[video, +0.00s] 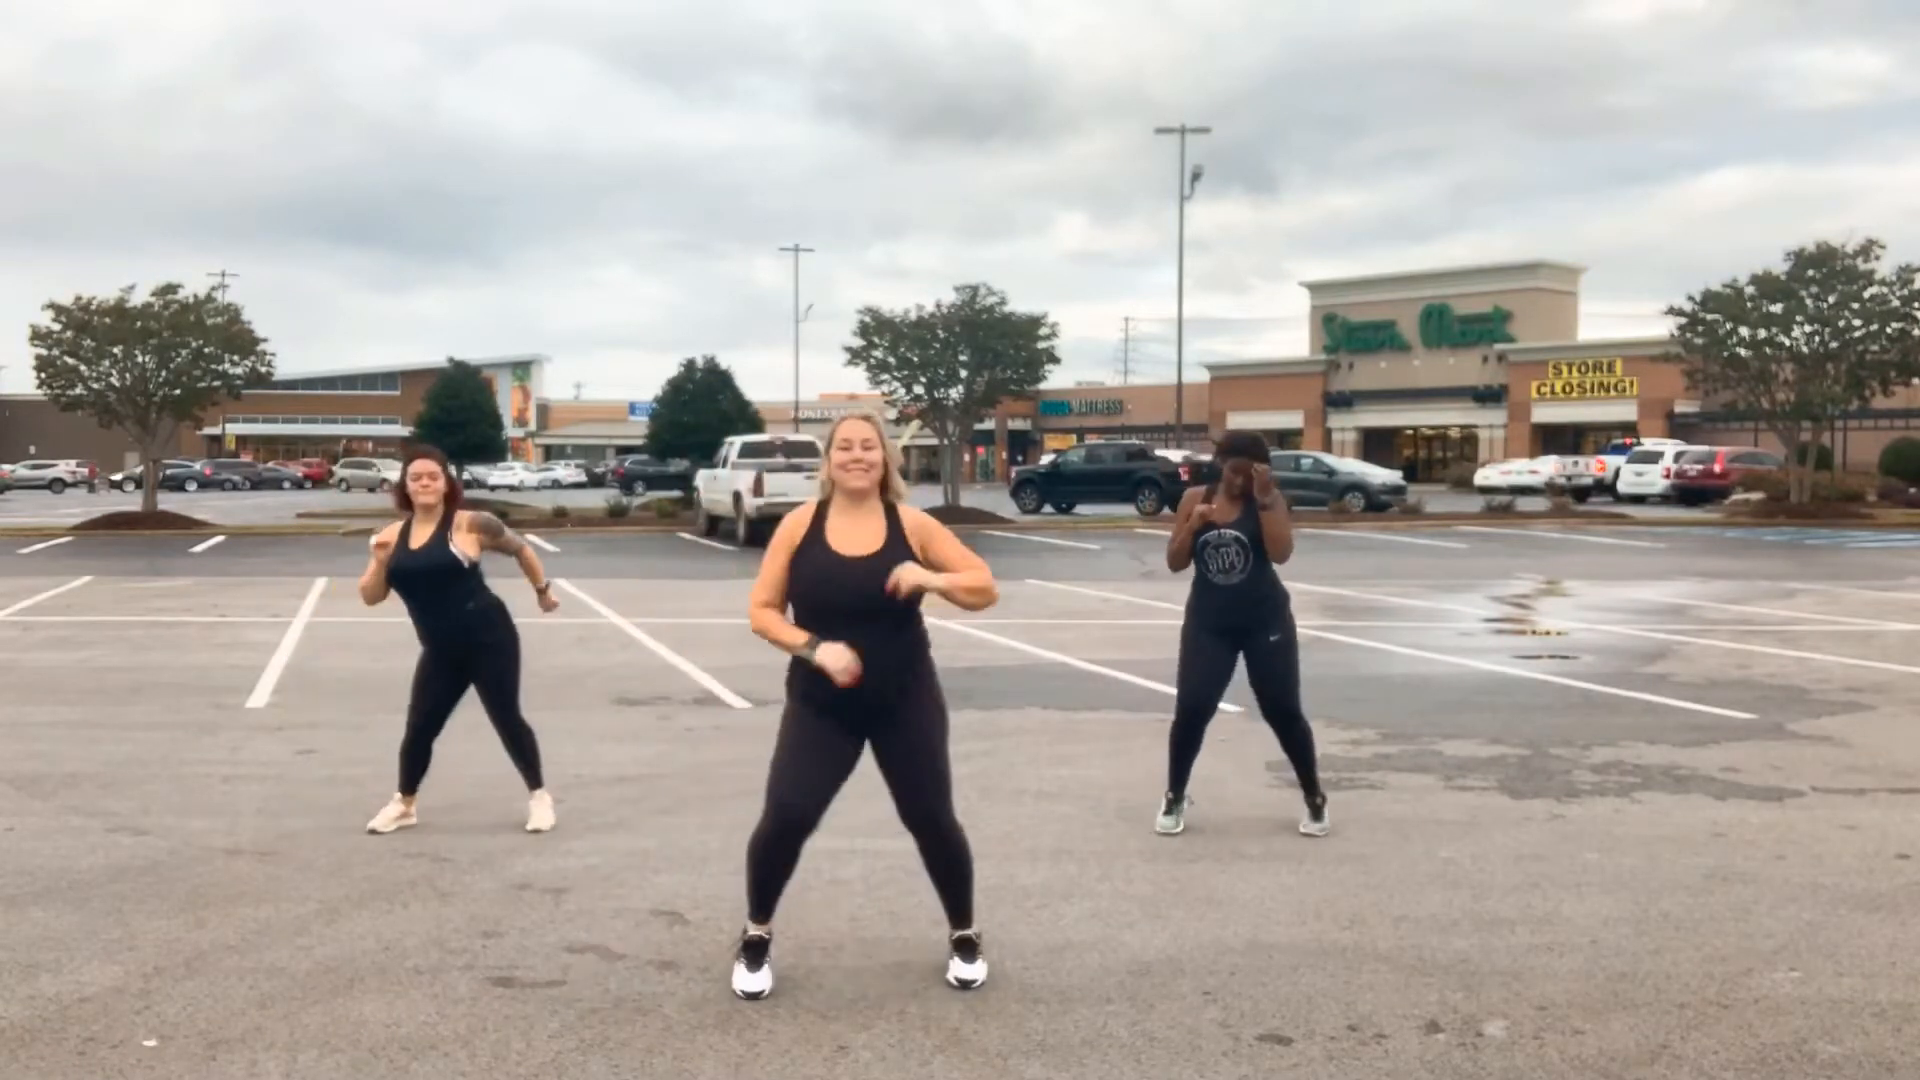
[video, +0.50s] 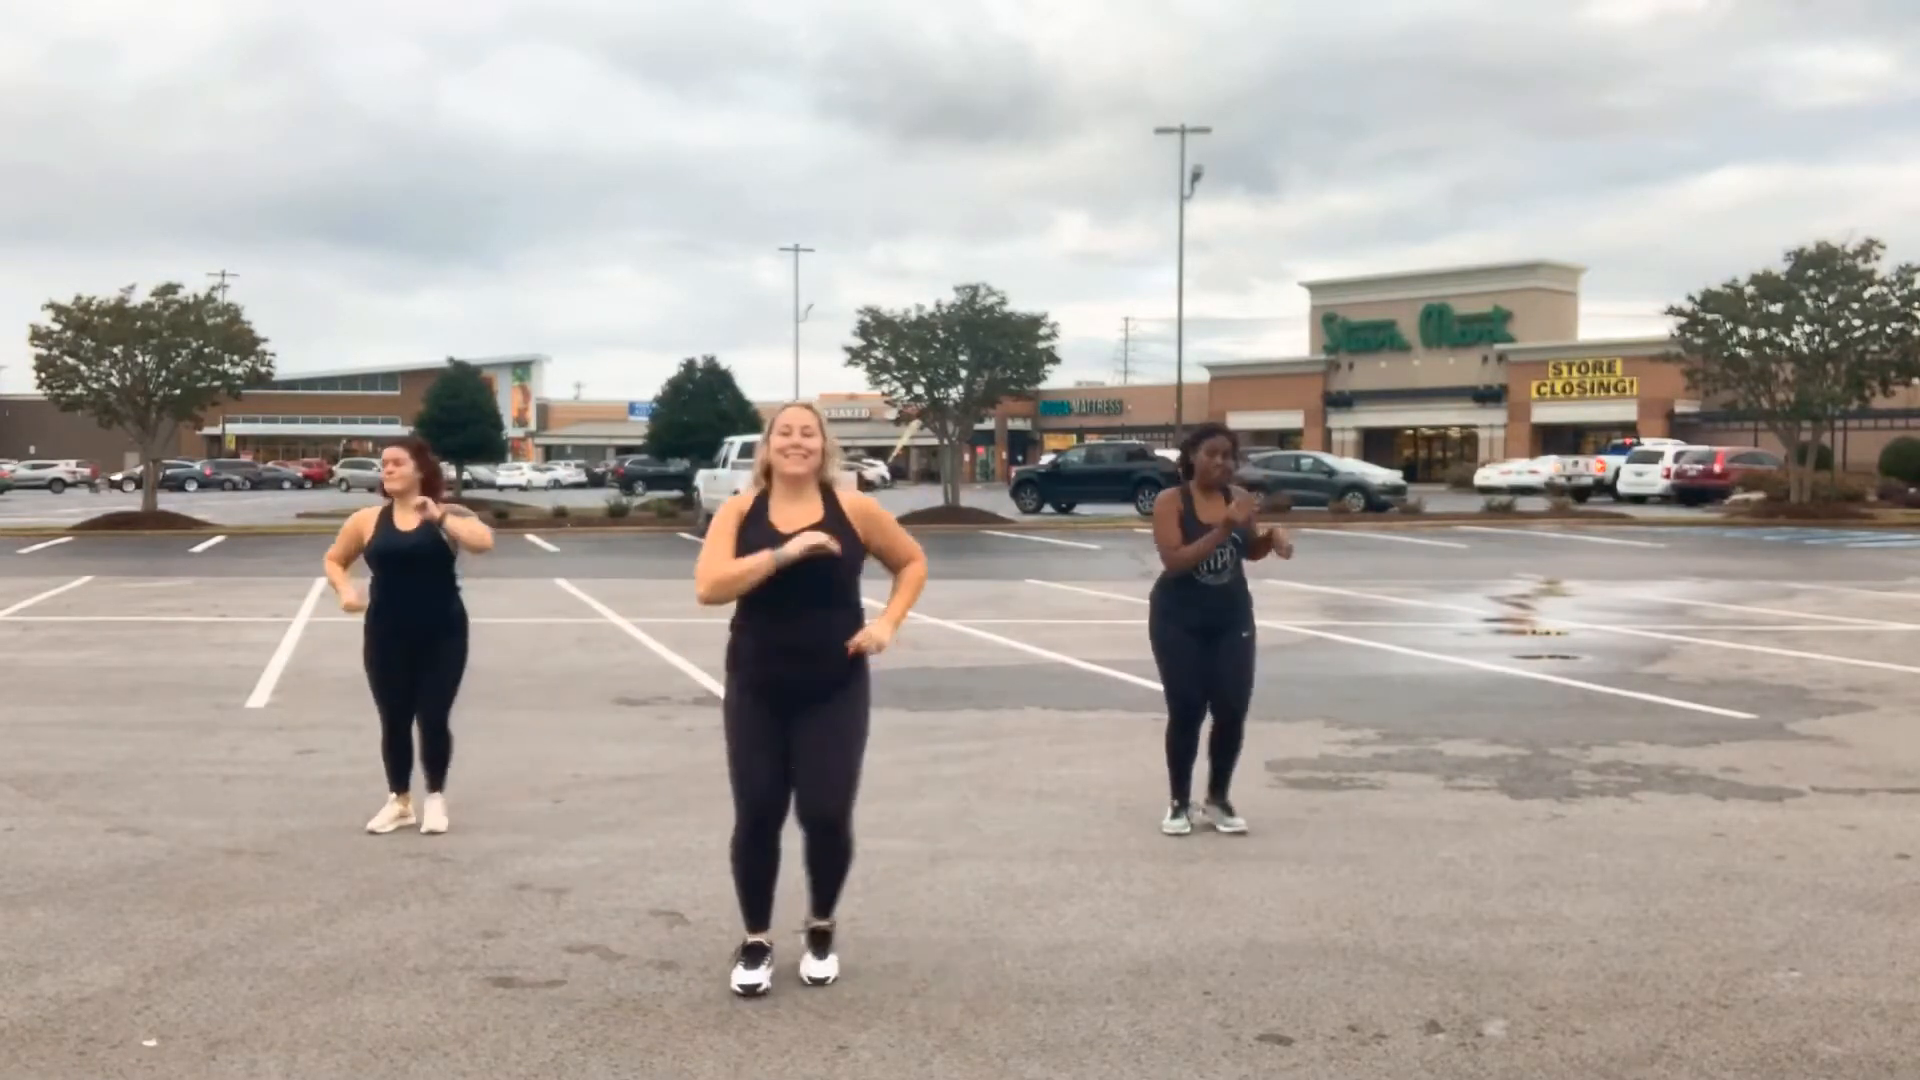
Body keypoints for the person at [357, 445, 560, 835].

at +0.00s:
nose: (424, 484)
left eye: (432, 477)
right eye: (416, 478)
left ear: (446, 485)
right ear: (405, 488)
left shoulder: (472, 524)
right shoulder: (392, 536)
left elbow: (520, 549)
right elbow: (371, 596)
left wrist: (543, 590)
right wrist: (380, 562)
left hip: (489, 639)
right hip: (441, 649)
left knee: (506, 718)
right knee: (419, 728)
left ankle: (539, 795)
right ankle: (404, 803)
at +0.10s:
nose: (422, 483)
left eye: (430, 476)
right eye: (414, 478)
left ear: (444, 484)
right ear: (403, 487)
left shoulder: (470, 528)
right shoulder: (390, 536)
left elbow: (517, 562)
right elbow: (376, 598)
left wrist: (535, 611)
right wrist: (382, 569)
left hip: (480, 638)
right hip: (430, 646)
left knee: (500, 718)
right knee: (408, 732)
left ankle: (537, 795)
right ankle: (402, 803)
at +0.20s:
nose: (416, 481)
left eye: (425, 474)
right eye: (408, 475)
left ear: (439, 481)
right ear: (398, 484)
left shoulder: (461, 527)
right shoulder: (382, 532)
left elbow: (500, 576)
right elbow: (364, 594)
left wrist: (506, 623)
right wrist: (375, 586)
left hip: (465, 640)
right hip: (411, 644)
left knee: (491, 721)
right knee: (396, 727)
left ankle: (534, 794)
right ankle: (400, 803)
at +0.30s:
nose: (410, 477)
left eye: (418, 470)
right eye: (402, 471)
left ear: (434, 477)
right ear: (393, 480)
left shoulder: (455, 526)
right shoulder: (372, 529)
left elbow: (488, 573)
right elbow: (345, 578)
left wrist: (469, 583)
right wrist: (359, 590)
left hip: (453, 640)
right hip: (397, 642)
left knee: (478, 718)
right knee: (394, 728)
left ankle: (519, 792)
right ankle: (399, 801)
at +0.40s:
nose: (397, 468)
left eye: (406, 462)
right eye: (391, 464)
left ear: (426, 469)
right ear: (385, 474)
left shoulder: (451, 517)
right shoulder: (368, 521)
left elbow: (488, 559)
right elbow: (334, 564)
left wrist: (453, 541)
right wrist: (348, 587)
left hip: (447, 632)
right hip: (392, 634)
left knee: (455, 713)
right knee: (396, 722)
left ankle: (472, 788)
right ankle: (400, 800)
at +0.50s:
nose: (387, 470)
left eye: (396, 463)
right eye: (384, 464)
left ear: (421, 469)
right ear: (381, 474)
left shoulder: (447, 516)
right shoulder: (366, 520)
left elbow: (485, 540)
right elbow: (333, 560)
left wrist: (443, 518)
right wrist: (345, 589)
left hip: (441, 633)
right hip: (387, 633)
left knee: (432, 717)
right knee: (395, 719)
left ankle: (435, 798)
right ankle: (399, 800)